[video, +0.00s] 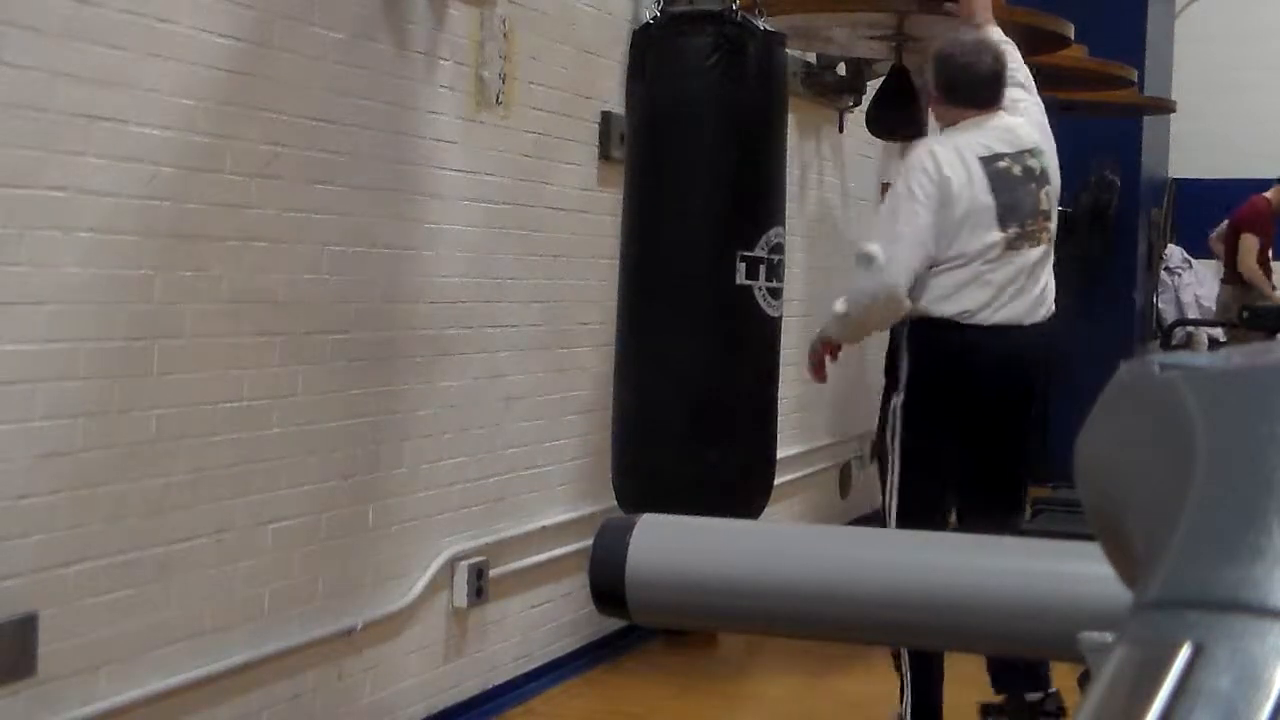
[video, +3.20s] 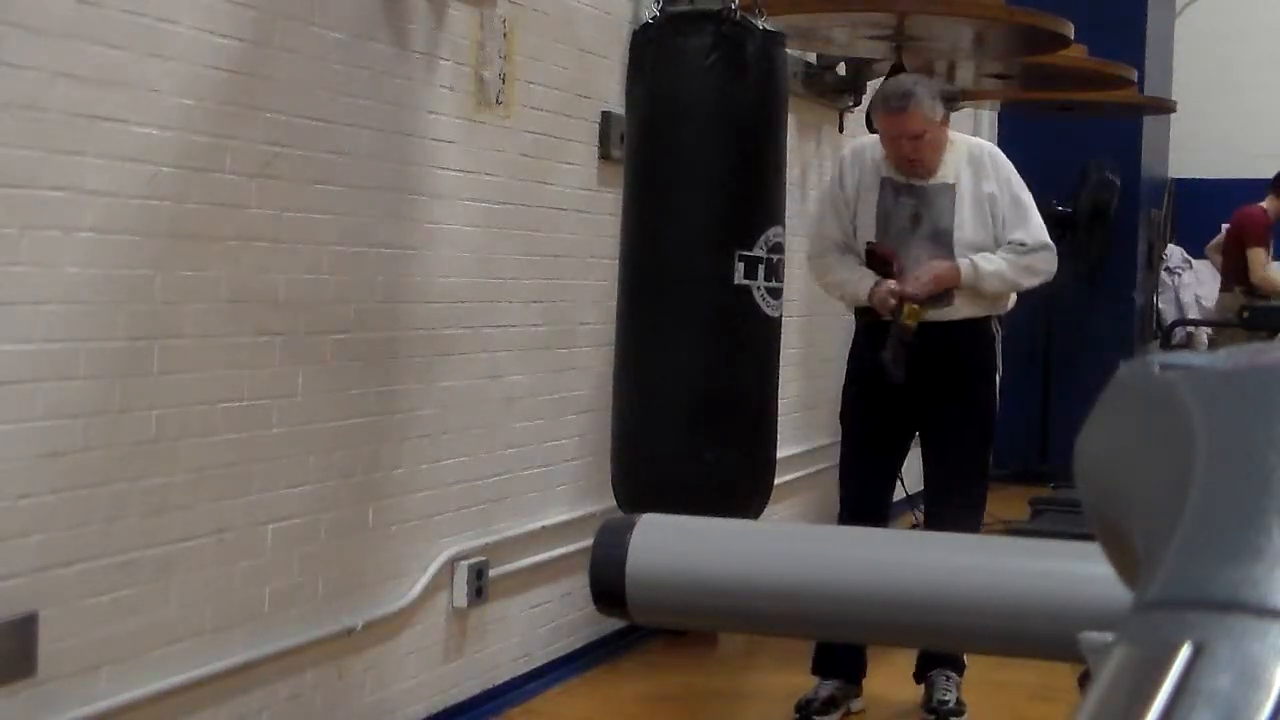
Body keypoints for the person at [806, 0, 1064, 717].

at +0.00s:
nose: (924, 86)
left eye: (924, 79)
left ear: (934, 92)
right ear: (1000, 85)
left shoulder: (930, 159)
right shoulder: (1032, 132)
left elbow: (889, 277)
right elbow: (1013, 74)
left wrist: (835, 332)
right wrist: (984, 22)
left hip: (939, 352)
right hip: (1020, 351)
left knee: (913, 529)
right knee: (998, 529)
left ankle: (920, 703)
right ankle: (1026, 691)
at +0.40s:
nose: (986, 94)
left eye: (991, 86)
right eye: (990, 85)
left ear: (1007, 100)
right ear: (1051, 99)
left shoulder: (1010, 164)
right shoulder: (1073, 145)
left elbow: (975, 274)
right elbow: (1018, 95)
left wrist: (899, 259)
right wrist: (986, 32)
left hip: (987, 346)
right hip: (1046, 348)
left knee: (939, 507)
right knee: (1016, 502)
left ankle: (947, 695)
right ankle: (1045, 681)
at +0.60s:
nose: (979, 99)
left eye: (991, 87)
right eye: (980, 86)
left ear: (1030, 97)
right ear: (1032, 98)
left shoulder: (1027, 165)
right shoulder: (1058, 149)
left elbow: (982, 268)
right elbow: (978, 177)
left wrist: (917, 221)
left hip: (999, 344)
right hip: (1039, 341)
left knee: (951, 503)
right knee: (1017, 502)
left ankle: (951, 693)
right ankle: (1044, 682)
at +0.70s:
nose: (978, 100)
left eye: (991, 89)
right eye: (978, 88)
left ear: (1029, 99)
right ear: (1018, 99)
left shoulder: (1032, 164)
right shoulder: (1032, 153)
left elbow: (989, 272)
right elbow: (965, 208)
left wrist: (918, 219)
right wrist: (928, 143)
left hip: (1000, 348)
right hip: (1015, 343)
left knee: (954, 511)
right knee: (1011, 509)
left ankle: (950, 691)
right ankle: (1044, 683)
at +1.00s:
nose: (959, 105)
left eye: (976, 93)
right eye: (952, 93)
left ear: (1012, 103)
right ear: (945, 100)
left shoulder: (1029, 173)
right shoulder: (944, 162)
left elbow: (1034, 284)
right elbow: (933, 246)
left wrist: (925, 266)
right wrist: (894, 259)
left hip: (996, 351)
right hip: (941, 346)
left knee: (967, 522)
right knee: (955, 517)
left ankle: (954, 691)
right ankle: (1031, 673)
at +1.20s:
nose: (950, 103)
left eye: (966, 92)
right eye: (941, 92)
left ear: (997, 103)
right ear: (929, 100)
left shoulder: (1022, 173)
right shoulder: (906, 164)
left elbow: (1041, 281)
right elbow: (867, 255)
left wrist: (940, 269)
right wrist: (870, 260)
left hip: (982, 361)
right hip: (909, 357)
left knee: (963, 525)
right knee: (873, 507)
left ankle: (955, 690)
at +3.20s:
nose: (906, 149)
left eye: (918, 136)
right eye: (893, 138)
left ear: (942, 125)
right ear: (876, 129)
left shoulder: (985, 164)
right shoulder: (853, 165)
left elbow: (1039, 257)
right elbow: (825, 257)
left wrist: (960, 274)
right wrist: (869, 288)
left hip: (963, 353)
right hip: (878, 352)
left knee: (955, 516)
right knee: (858, 511)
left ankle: (942, 668)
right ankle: (838, 673)